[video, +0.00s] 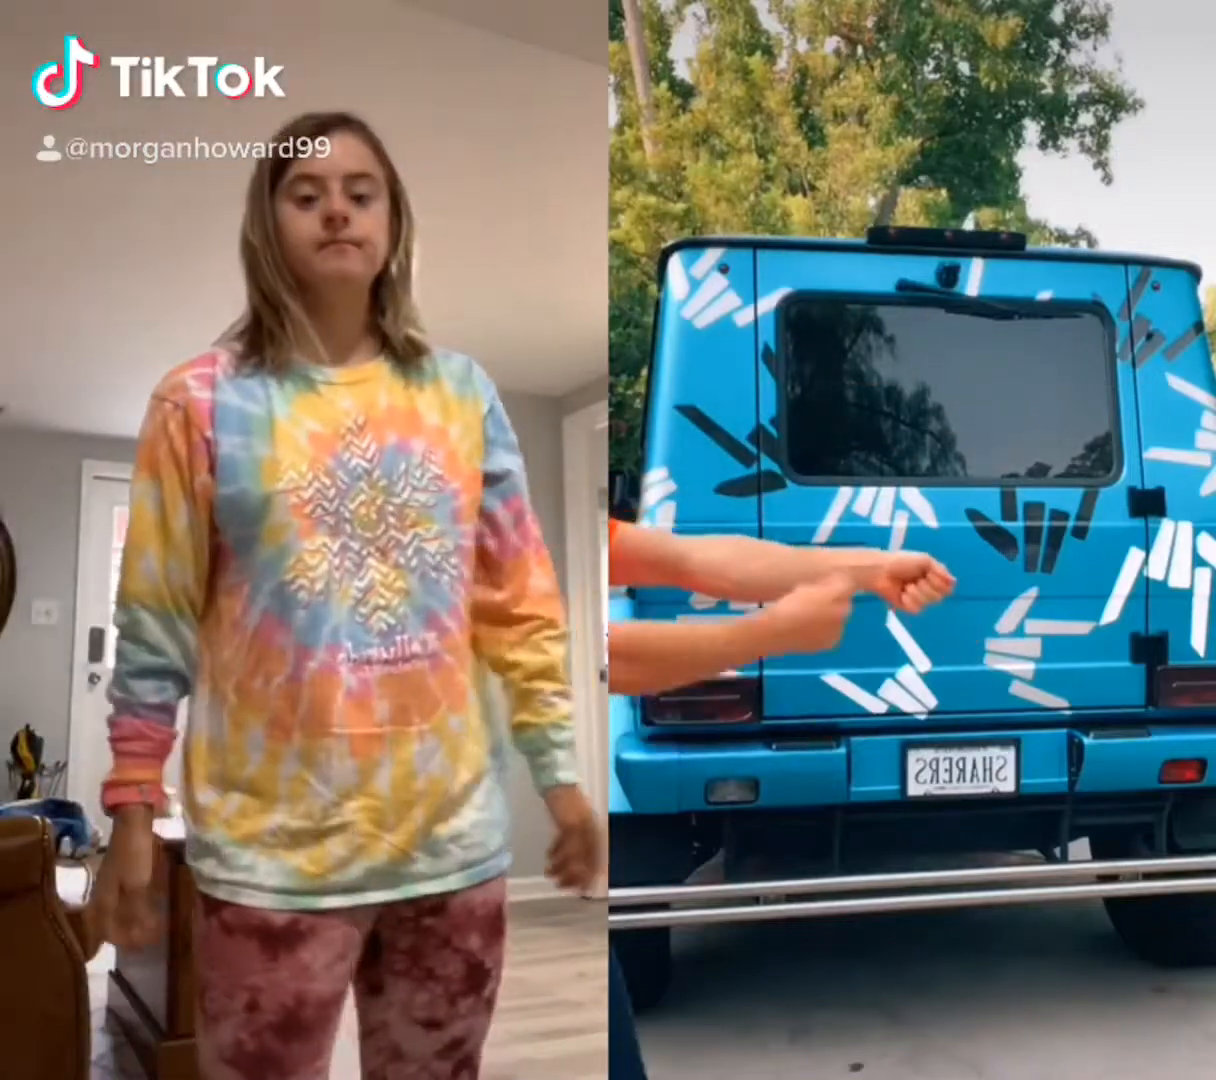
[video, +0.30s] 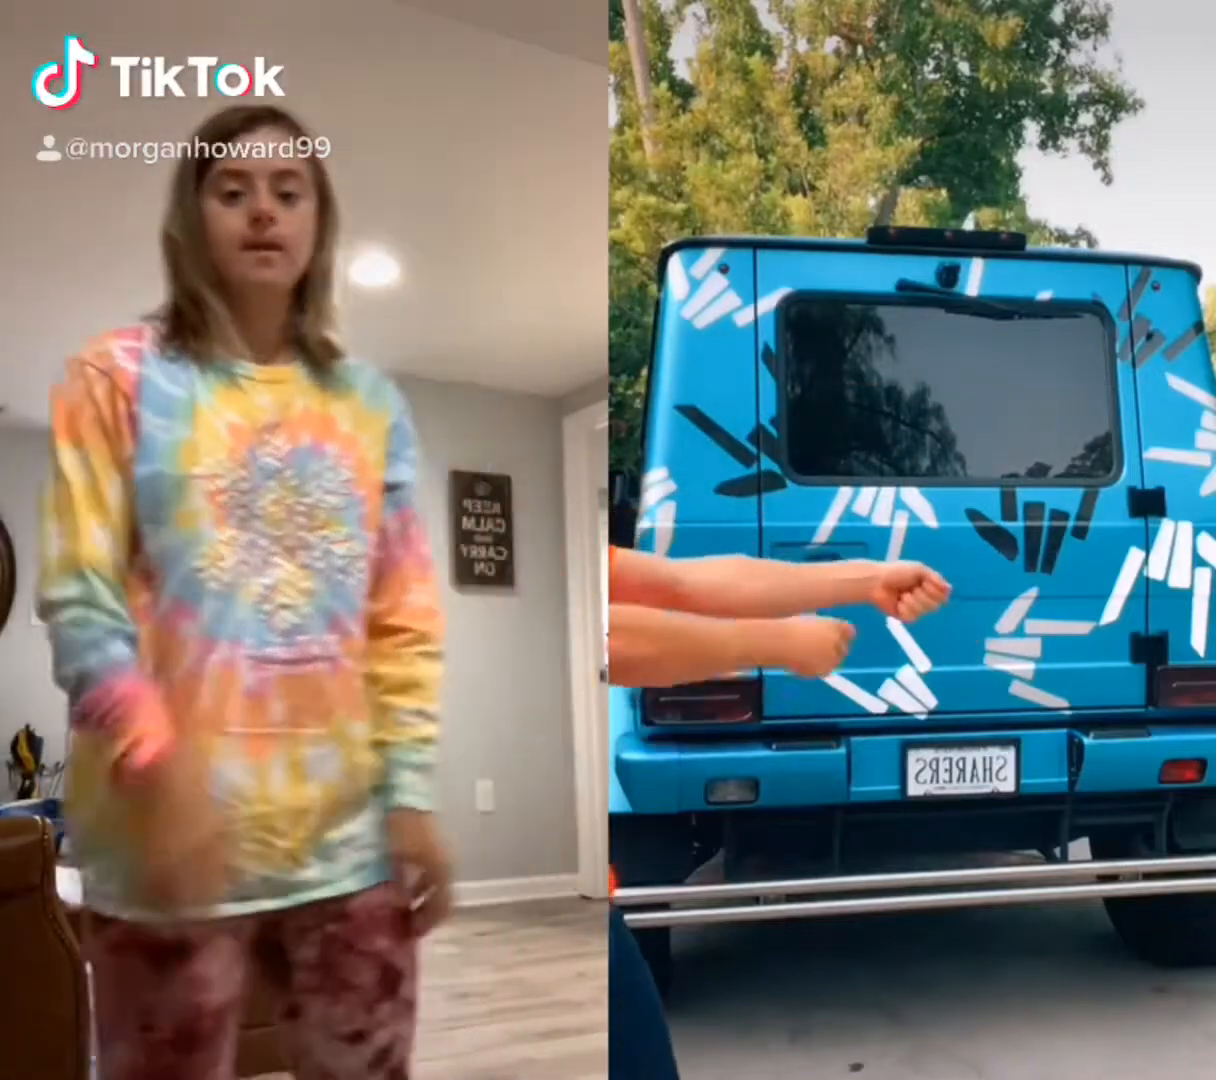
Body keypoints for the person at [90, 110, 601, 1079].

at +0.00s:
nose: (339, 212)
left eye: (362, 193)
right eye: (308, 195)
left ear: (394, 224)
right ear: (267, 226)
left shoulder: (462, 393)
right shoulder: (202, 403)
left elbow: (519, 606)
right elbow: (153, 627)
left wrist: (561, 780)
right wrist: (133, 814)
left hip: (450, 846)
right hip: (270, 856)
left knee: (435, 1075)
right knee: (260, 1071)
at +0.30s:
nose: (264, 214)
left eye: (289, 192)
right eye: (233, 191)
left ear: (322, 221)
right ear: (189, 220)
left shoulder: (371, 401)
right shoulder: (117, 379)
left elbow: (404, 617)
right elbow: (78, 598)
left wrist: (411, 793)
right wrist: (159, 770)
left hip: (348, 846)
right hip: (166, 853)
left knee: (366, 1071)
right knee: (164, 1073)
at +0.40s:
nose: (238, 215)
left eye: (263, 193)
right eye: (208, 192)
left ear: (297, 226)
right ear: (165, 221)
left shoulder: (336, 413)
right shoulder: (89, 374)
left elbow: (362, 619)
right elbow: (72, 586)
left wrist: (357, 781)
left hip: (307, 841)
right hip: (130, 855)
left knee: (361, 1071)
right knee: (139, 1075)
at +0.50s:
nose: (216, 216)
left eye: (241, 194)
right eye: (185, 192)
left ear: (273, 227)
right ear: (140, 218)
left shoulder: (301, 414)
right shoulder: (80, 351)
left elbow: (329, 622)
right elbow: (136, 553)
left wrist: (327, 757)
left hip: (284, 829)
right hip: (117, 843)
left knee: (349, 1067)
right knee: (127, 1073)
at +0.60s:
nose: (194, 212)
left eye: (220, 191)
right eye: (163, 187)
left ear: (250, 223)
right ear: (117, 210)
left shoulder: (265, 400)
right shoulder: (69, 335)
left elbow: (301, 583)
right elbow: (228, 439)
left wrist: (313, 706)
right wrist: (496, 393)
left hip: (266, 809)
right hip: (105, 818)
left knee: (330, 1065)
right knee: (125, 1072)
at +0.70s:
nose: (177, 210)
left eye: (203, 188)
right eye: (146, 184)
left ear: (234, 219)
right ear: (99, 205)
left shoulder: (234, 365)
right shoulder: (71, 318)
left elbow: (234, 601)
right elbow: (299, 349)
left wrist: (306, 609)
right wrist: (537, 376)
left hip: (252, 797)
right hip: (95, 800)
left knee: (312, 1064)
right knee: (116, 1069)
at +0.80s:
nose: (172, 208)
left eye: (197, 186)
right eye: (139, 184)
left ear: (225, 217)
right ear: (94, 207)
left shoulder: (221, 368)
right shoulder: (72, 318)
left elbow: (280, 593)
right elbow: (304, 365)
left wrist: (332, 473)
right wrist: (535, 417)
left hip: (256, 810)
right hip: (96, 812)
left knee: (306, 1068)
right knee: (116, 1070)